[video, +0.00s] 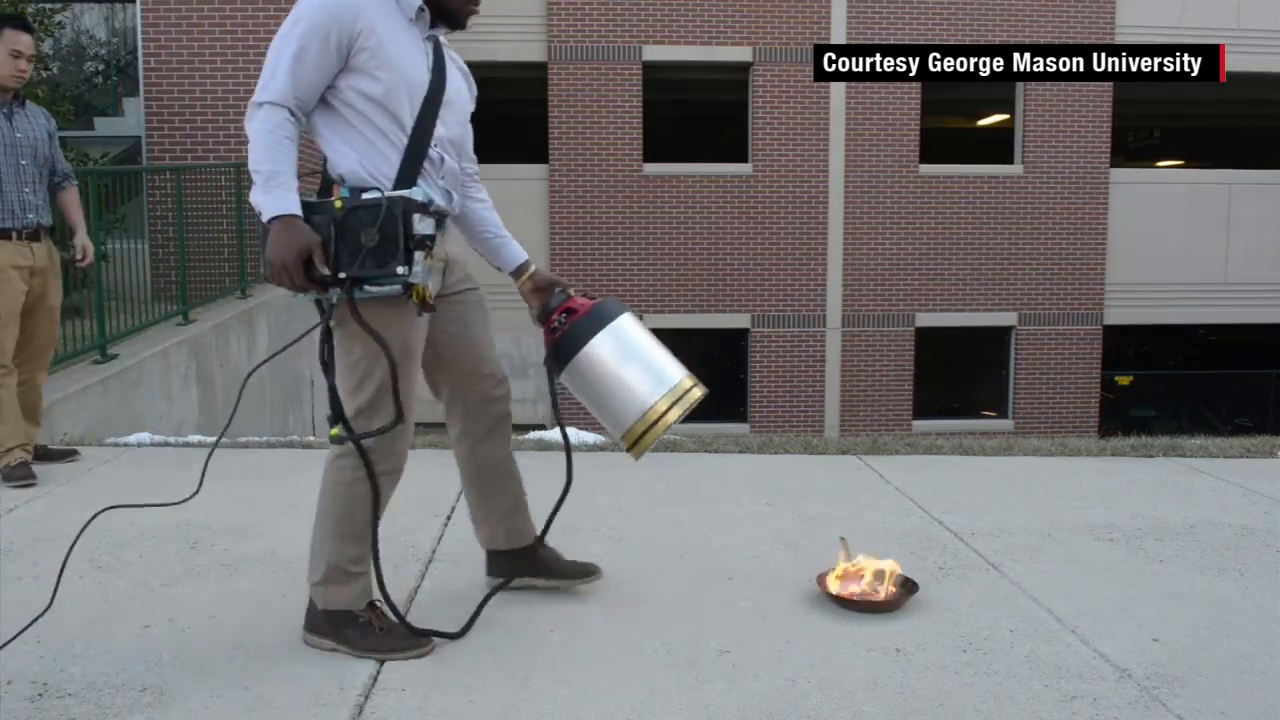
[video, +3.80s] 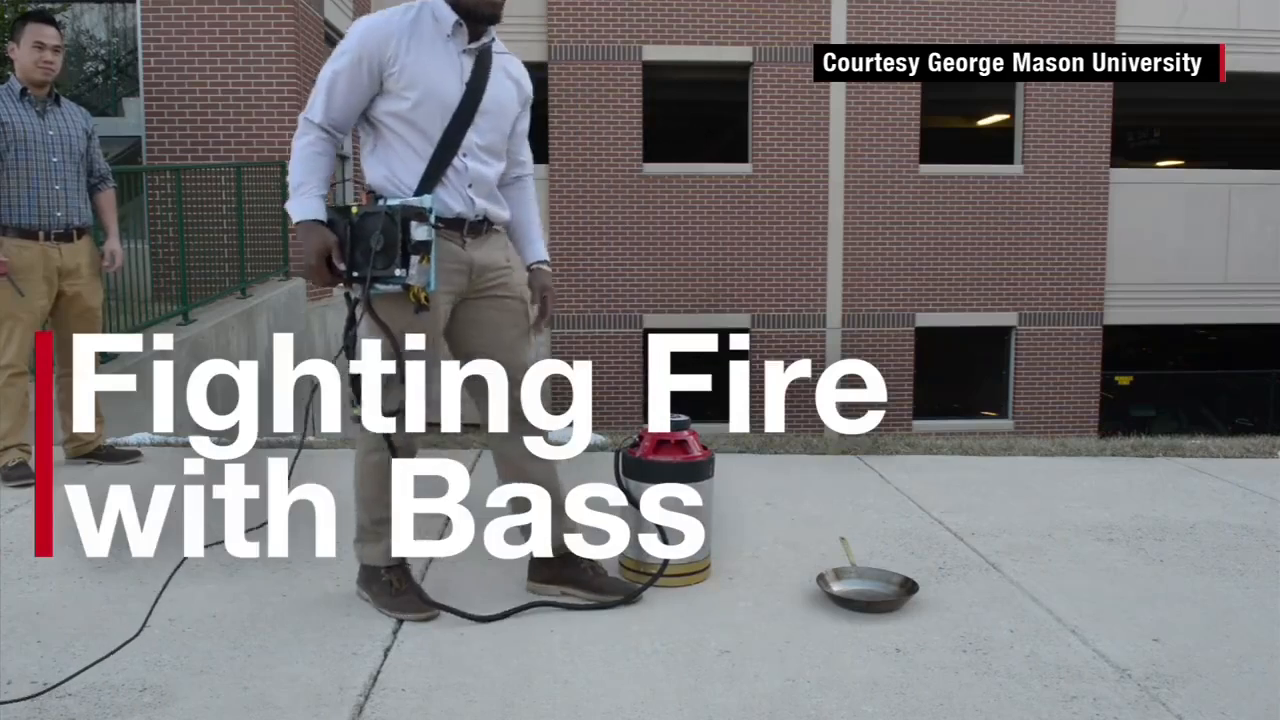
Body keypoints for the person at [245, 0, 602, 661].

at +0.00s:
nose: (477, 0)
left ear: (457, 5)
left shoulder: (457, 74)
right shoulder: (343, 9)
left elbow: (463, 185)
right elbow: (273, 107)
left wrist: (523, 269)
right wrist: (281, 215)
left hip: (443, 249)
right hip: (372, 251)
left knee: (482, 398)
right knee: (372, 434)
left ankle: (512, 548)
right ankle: (337, 605)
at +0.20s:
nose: (555, 14)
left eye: (558, 5)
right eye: (550, 2)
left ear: (523, 4)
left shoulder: (530, 90)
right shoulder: (418, 17)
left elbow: (525, 203)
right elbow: (344, 110)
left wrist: (568, 287)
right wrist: (338, 211)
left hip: (510, 259)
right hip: (436, 255)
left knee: (534, 408)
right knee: (416, 430)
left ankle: (555, 554)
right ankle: (347, 592)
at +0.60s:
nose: (658, 32)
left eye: (664, 20)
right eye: (655, 16)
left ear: (625, 10)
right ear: (617, 2)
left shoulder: (617, 105)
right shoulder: (522, 18)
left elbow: (603, 211)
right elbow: (442, 94)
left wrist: (631, 298)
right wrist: (412, 187)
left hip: (575, 250)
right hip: (499, 235)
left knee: (568, 408)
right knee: (479, 407)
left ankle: (558, 556)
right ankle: (424, 567)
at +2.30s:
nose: (709, 97)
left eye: (718, 88)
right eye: (708, 79)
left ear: (688, 69)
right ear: (672, 51)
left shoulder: (652, 160)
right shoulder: (584, 45)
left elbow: (634, 262)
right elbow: (486, 88)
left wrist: (650, 356)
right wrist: (417, 158)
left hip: (559, 258)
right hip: (485, 232)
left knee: (559, 411)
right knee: (462, 409)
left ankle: (554, 557)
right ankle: (417, 564)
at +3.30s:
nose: (668, 42)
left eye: (678, 33)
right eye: (659, 25)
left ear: (680, 37)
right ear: (623, 14)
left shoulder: (641, 134)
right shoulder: (546, 38)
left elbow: (631, 234)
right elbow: (455, 95)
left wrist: (644, 327)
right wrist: (401, 175)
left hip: (554, 255)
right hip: (479, 237)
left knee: (554, 409)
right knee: (455, 409)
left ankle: (557, 556)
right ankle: (401, 556)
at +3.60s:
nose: (579, 8)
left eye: (584, 2)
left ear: (582, 9)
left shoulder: (583, 95)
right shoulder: (460, 34)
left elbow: (583, 195)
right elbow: (387, 115)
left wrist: (592, 277)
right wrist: (359, 203)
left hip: (532, 253)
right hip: (452, 247)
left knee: (545, 408)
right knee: (431, 411)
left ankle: (556, 554)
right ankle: (385, 559)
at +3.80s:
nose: (497, 1)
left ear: (505, 3)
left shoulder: (513, 77)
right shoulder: (382, 36)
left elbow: (517, 178)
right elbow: (319, 127)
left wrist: (536, 260)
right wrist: (307, 219)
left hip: (490, 250)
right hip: (407, 248)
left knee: (520, 406)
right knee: (397, 414)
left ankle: (552, 553)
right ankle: (383, 562)